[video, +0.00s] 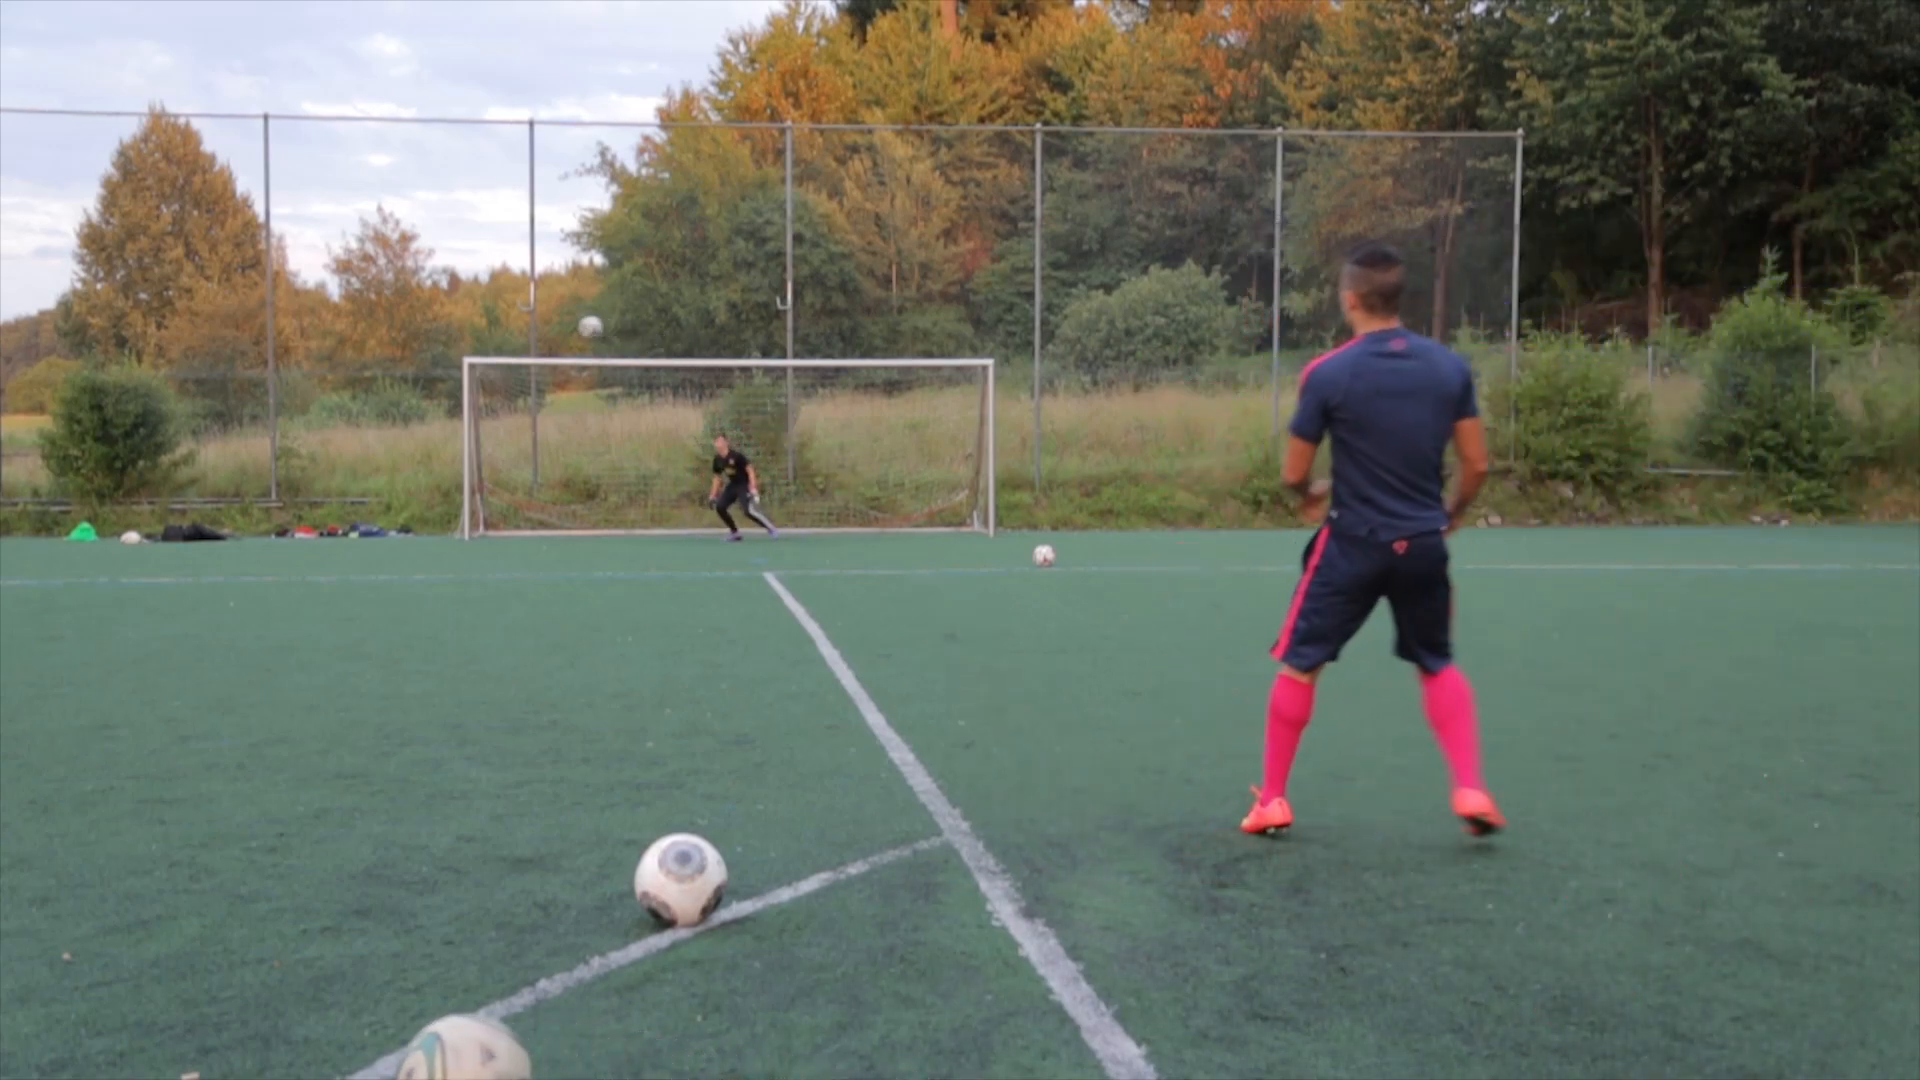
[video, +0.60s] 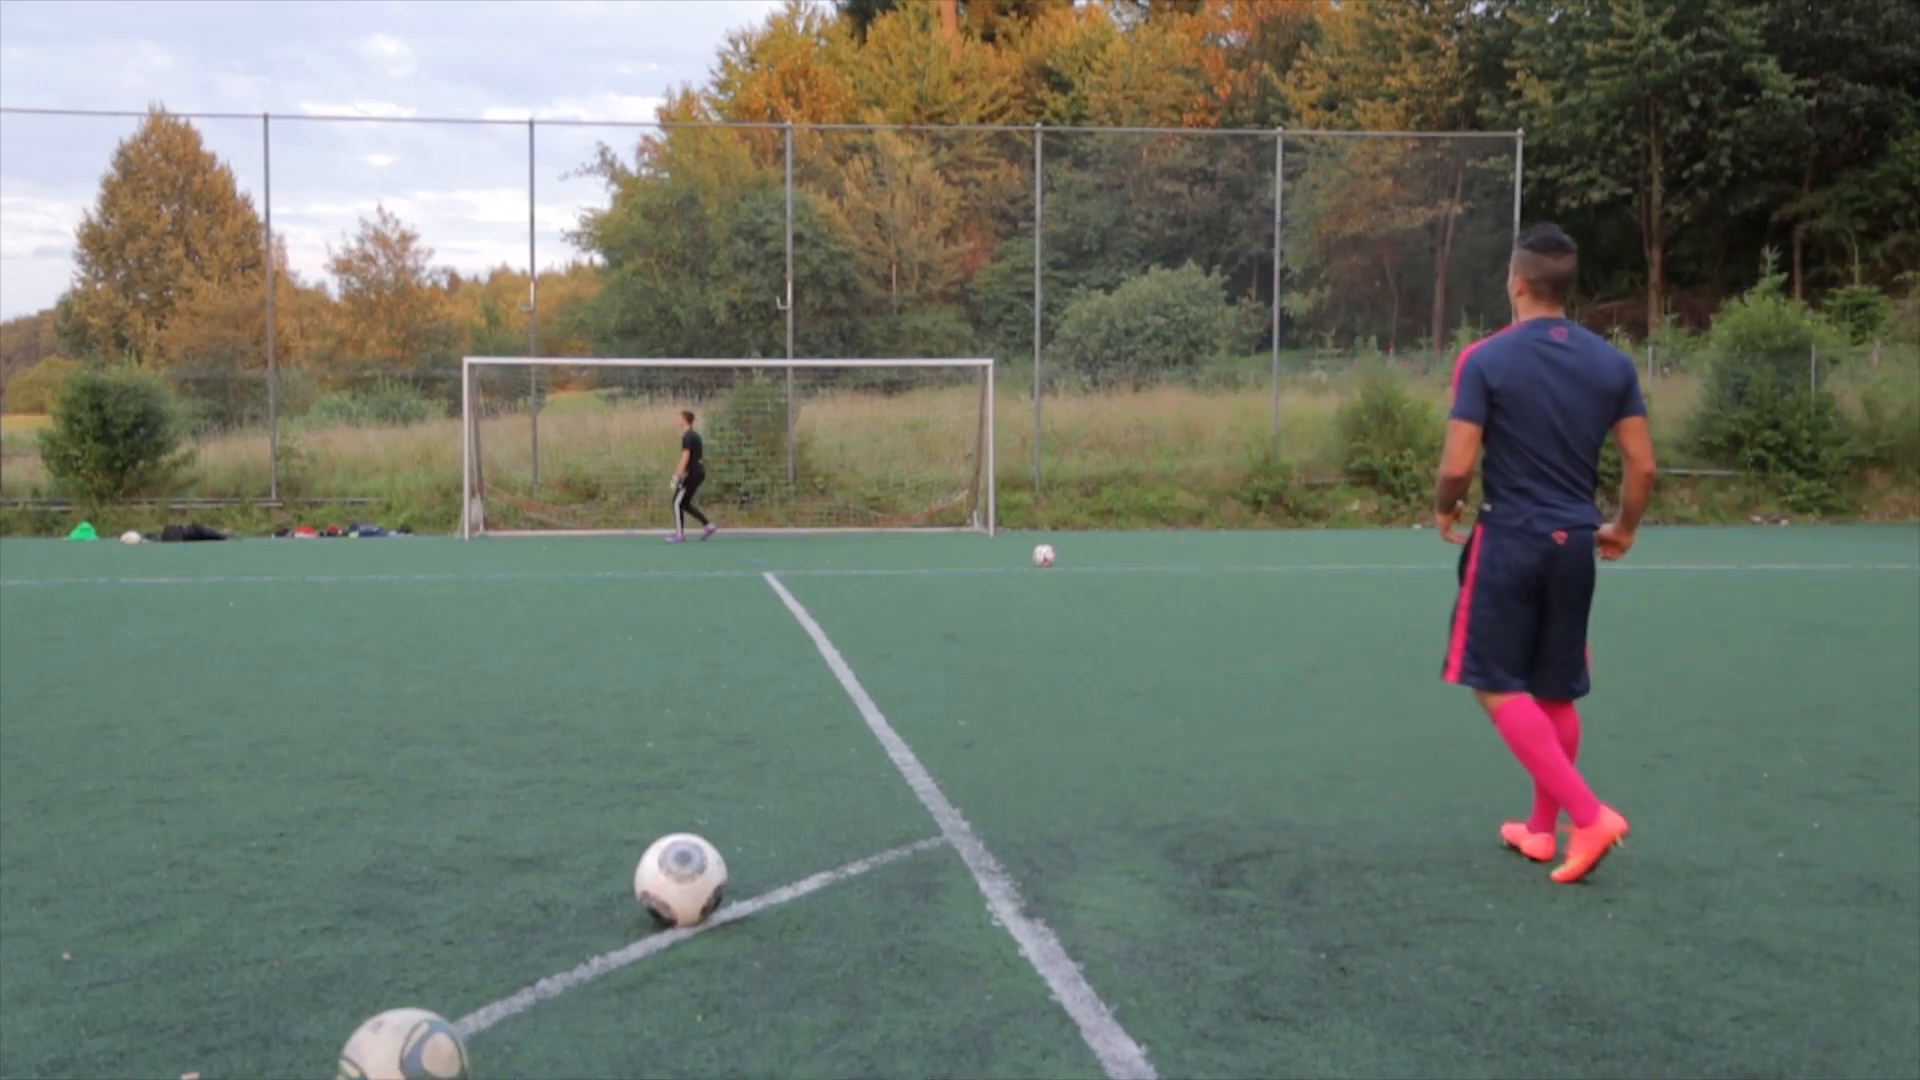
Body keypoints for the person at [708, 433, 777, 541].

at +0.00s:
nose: (719, 446)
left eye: (721, 443)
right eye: (717, 444)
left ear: (727, 443)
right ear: (715, 446)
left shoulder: (736, 456)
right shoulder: (718, 460)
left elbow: (750, 470)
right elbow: (717, 478)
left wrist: (753, 488)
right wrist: (713, 495)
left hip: (744, 485)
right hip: (732, 486)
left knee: (748, 510)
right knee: (720, 507)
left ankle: (772, 530)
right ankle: (735, 533)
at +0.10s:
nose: (708, 440)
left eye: (711, 436)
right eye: (707, 437)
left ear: (718, 438)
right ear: (707, 440)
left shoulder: (728, 452)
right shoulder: (712, 455)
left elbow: (741, 468)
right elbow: (713, 473)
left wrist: (740, 487)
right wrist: (707, 489)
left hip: (736, 483)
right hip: (726, 483)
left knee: (728, 506)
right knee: (717, 507)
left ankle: (747, 529)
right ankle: (734, 531)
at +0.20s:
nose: (701, 434)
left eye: (703, 431)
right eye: (701, 431)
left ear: (710, 433)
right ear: (702, 433)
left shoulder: (719, 447)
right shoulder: (708, 449)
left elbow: (731, 464)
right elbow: (712, 467)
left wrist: (729, 484)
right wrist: (704, 485)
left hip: (727, 480)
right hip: (720, 480)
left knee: (709, 500)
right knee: (711, 503)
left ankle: (720, 530)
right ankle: (734, 530)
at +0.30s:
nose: (693, 430)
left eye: (695, 427)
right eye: (693, 427)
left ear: (701, 428)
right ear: (700, 428)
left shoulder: (709, 442)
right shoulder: (704, 444)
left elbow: (720, 461)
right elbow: (709, 463)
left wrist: (719, 481)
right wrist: (705, 477)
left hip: (717, 477)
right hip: (714, 477)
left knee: (697, 499)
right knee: (712, 508)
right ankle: (733, 530)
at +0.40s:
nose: (687, 426)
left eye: (688, 423)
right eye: (687, 423)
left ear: (692, 425)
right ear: (696, 425)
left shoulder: (700, 440)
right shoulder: (699, 440)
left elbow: (707, 462)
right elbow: (705, 464)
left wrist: (706, 482)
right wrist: (699, 481)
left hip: (707, 477)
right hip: (708, 476)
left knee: (689, 503)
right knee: (707, 508)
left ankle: (681, 534)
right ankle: (731, 529)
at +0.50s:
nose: (682, 424)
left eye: (684, 421)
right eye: (683, 421)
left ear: (688, 423)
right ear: (693, 423)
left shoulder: (692, 439)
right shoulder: (697, 438)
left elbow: (694, 461)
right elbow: (700, 459)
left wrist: (692, 480)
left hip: (697, 475)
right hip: (703, 474)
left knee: (680, 501)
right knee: (697, 506)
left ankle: (679, 534)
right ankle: (721, 526)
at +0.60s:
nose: (680, 422)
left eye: (681, 419)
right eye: (680, 419)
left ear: (685, 420)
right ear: (690, 420)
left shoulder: (688, 437)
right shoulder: (695, 436)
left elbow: (685, 457)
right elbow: (693, 457)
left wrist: (677, 475)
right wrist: (683, 473)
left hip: (692, 471)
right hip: (698, 470)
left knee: (677, 501)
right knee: (685, 503)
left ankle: (679, 533)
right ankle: (708, 525)